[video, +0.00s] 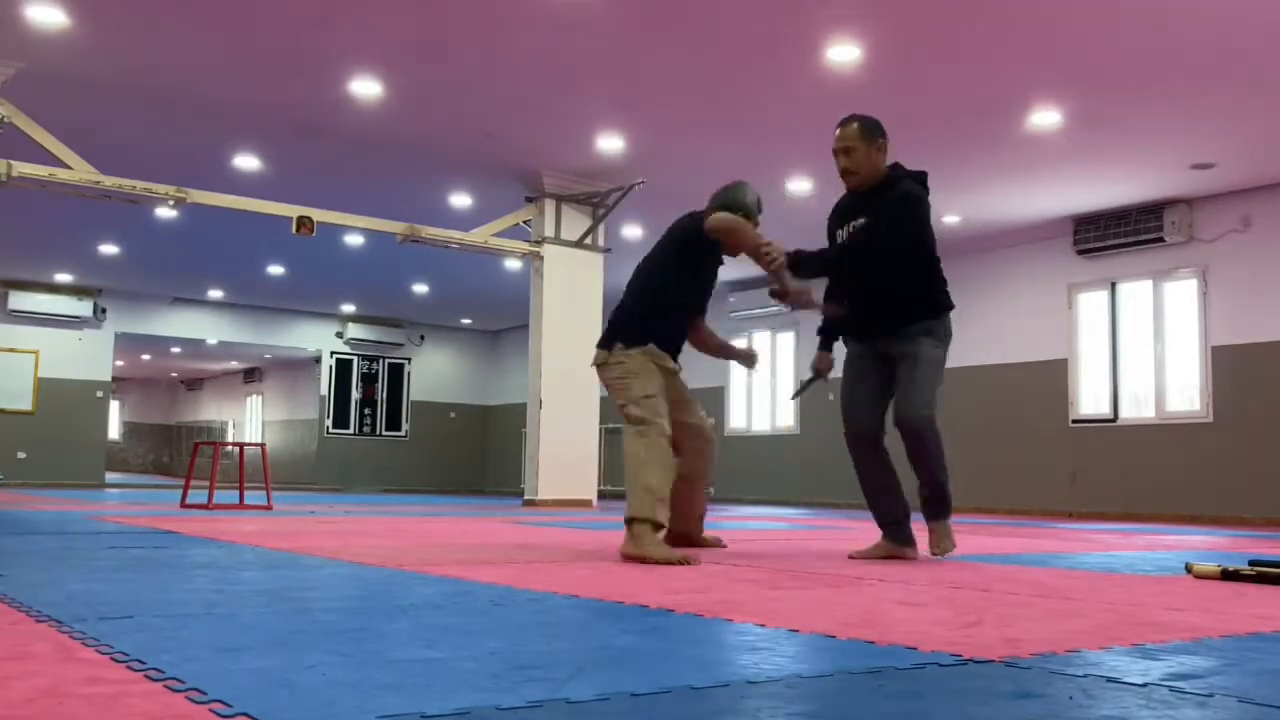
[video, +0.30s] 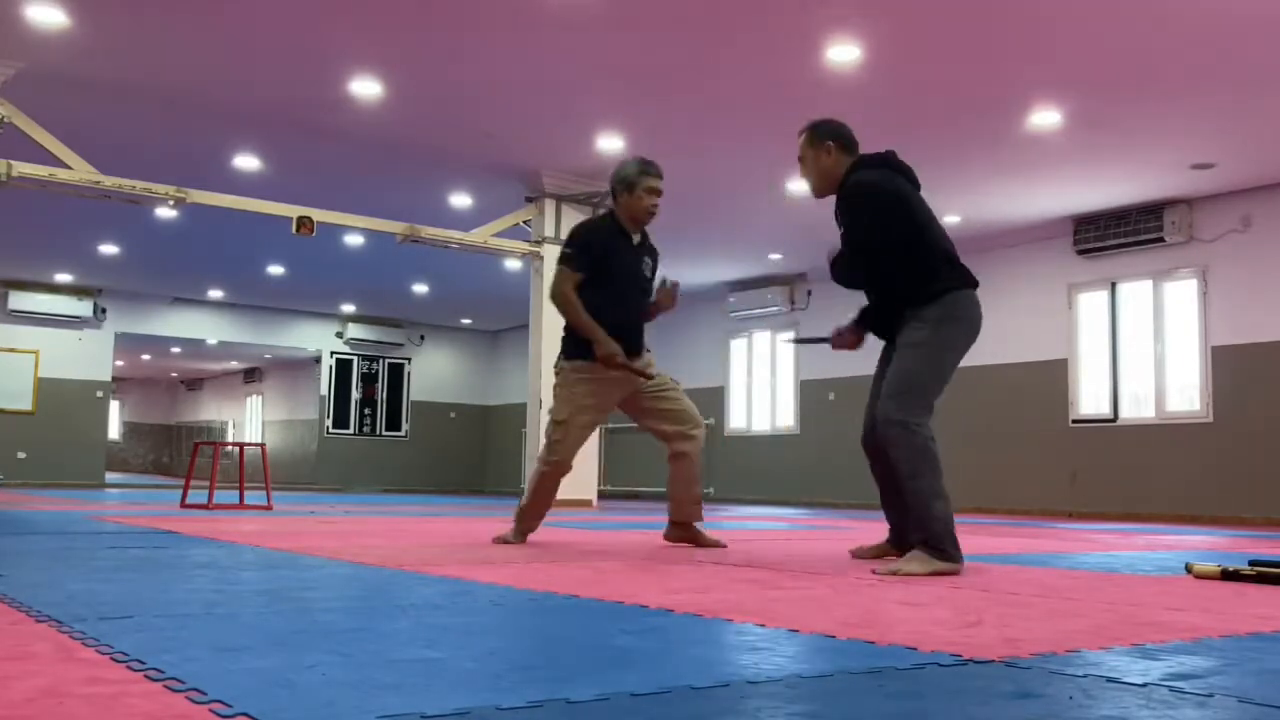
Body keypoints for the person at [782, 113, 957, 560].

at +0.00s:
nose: (841, 163)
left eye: (849, 152)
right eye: (836, 154)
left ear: (880, 149)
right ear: (835, 156)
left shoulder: (906, 193)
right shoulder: (843, 212)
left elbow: (867, 251)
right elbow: (840, 281)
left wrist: (797, 262)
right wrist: (825, 347)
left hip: (920, 328)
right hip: (866, 334)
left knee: (914, 417)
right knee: (859, 432)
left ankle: (937, 517)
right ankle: (897, 537)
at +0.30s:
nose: (801, 170)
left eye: (804, 159)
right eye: (800, 161)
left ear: (830, 152)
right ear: (833, 153)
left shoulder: (869, 185)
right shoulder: (859, 194)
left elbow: (859, 270)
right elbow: (894, 277)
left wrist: (838, 262)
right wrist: (860, 326)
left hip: (944, 309)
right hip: (915, 317)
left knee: (900, 420)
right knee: (877, 431)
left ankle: (939, 550)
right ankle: (905, 539)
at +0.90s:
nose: (793, 181)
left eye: (793, 170)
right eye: (790, 172)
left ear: (813, 158)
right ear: (841, 156)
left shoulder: (819, 200)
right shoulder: (900, 185)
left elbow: (770, 268)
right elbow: (964, 227)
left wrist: (777, 246)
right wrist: (945, 288)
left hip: (906, 315)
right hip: (937, 312)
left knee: (855, 432)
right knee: (863, 425)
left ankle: (936, 549)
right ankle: (856, 535)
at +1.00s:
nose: (788, 190)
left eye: (789, 181)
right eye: (787, 183)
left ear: (807, 172)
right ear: (837, 169)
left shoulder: (803, 213)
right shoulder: (894, 195)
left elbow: (743, 265)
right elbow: (962, 221)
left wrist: (772, 234)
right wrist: (951, 293)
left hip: (879, 326)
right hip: (920, 325)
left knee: (820, 436)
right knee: (835, 428)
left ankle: (917, 525)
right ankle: (841, 539)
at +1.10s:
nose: (781, 201)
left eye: (783, 192)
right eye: (781, 193)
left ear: (801, 185)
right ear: (830, 183)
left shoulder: (793, 223)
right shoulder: (885, 211)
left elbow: (731, 272)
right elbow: (945, 250)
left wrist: (775, 239)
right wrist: (920, 305)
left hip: (858, 336)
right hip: (908, 336)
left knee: (818, 453)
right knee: (837, 437)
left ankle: (891, 524)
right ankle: (838, 538)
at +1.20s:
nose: (772, 206)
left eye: (774, 197)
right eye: (773, 197)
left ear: (790, 190)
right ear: (820, 188)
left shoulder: (785, 227)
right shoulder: (873, 219)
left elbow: (714, 274)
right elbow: (930, 264)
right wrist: (903, 313)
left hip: (858, 339)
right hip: (900, 340)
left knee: (814, 453)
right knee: (818, 428)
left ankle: (898, 523)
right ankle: (838, 538)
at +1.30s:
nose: (767, 206)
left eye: (769, 199)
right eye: (766, 200)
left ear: (785, 192)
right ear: (815, 190)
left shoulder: (782, 222)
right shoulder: (866, 223)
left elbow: (719, 256)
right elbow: (920, 272)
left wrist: (688, 296)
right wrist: (890, 318)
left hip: (856, 339)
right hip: (892, 339)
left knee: (815, 446)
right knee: (804, 422)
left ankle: (907, 524)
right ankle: (837, 539)